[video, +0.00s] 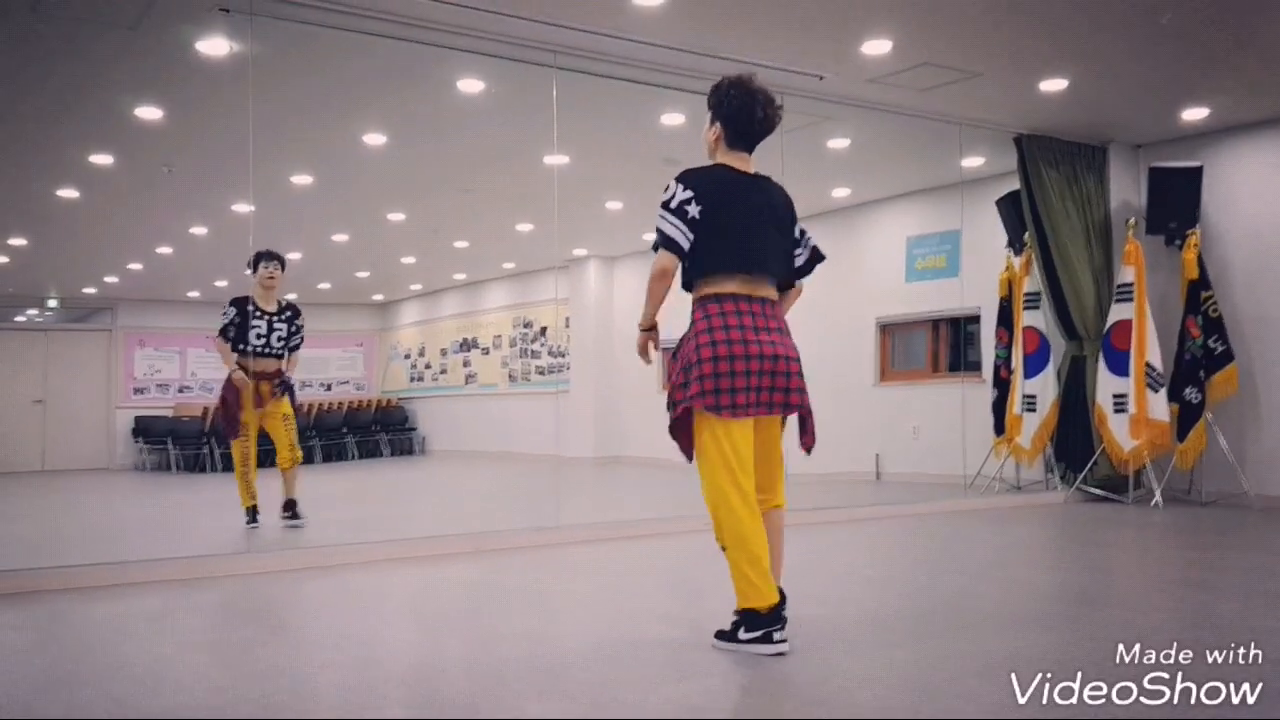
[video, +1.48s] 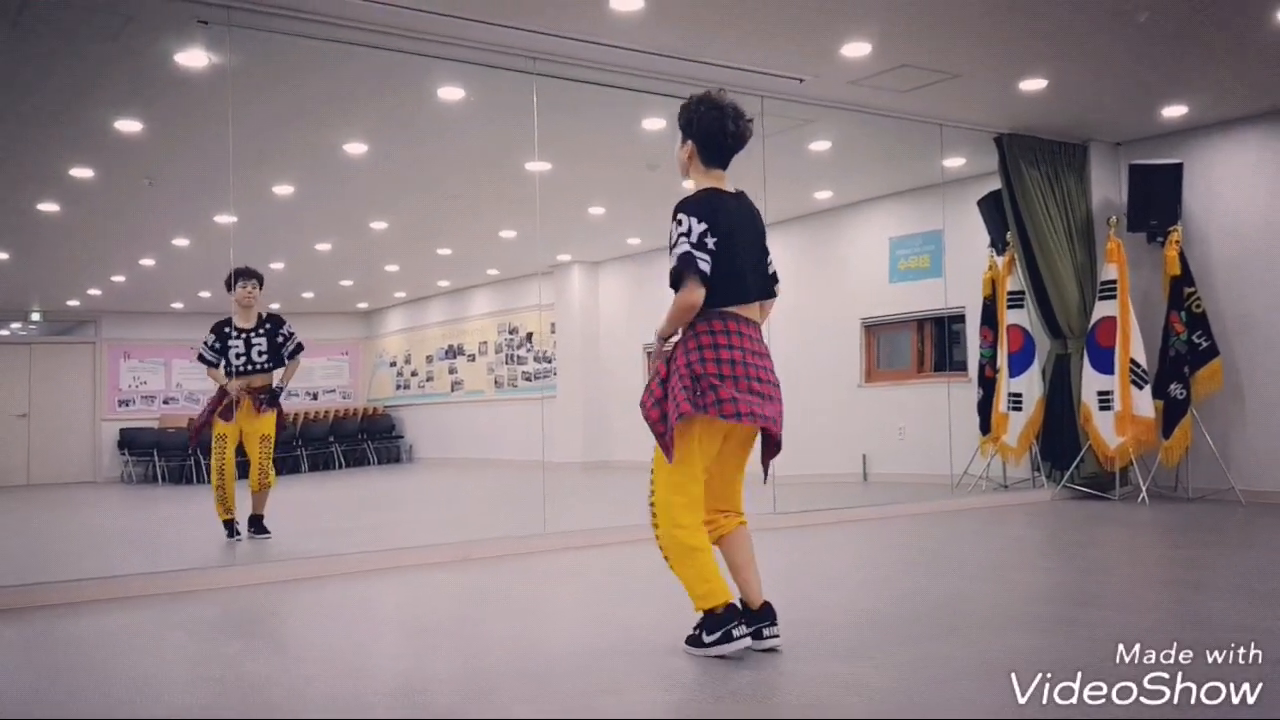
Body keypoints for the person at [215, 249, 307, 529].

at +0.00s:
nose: (271, 272)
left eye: (276, 269)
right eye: (266, 268)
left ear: (282, 276)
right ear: (254, 273)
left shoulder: (291, 312)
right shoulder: (239, 305)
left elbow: (294, 351)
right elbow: (222, 340)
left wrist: (287, 375)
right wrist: (233, 370)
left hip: (276, 385)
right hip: (243, 384)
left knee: (289, 446)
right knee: (244, 449)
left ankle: (290, 504)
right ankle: (250, 507)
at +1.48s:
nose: (248, 292)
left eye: (253, 288)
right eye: (242, 287)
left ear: (260, 293)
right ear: (232, 293)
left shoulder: (274, 324)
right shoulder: (221, 329)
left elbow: (294, 356)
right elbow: (208, 364)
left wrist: (279, 389)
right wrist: (226, 382)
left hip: (262, 401)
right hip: (228, 403)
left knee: (262, 464)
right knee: (222, 464)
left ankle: (257, 519)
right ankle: (228, 521)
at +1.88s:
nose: (225, 283)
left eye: (227, 278)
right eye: (218, 278)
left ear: (231, 284)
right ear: (202, 283)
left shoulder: (233, 319)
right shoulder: (188, 315)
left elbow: (239, 361)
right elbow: (172, 354)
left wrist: (243, 389)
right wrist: (186, 391)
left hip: (234, 392)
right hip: (203, 392)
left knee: (230, 457)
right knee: (203, 459)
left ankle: (222, 516)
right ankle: (195, 517)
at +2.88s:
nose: (220, 278)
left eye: (224, 274)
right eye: (214, 273)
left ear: (230, 279)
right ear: (202, 278)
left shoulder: (240, 313)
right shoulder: (187, 313)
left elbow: (254, 348)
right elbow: (178, 354)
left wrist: (248, 375)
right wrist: (193, 385)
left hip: (237, 386)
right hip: (204, 386)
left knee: (235, 450)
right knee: (198, 452)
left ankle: (221, 506)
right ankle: (195, 508)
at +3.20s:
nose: (222, 272)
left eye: (227, 268)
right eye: (216, 267)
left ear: (232, 273)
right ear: (203, 272)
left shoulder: (233, 308)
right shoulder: (192, 302)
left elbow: (236, 350)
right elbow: (174, 341)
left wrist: (240, 379)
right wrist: (180, 380)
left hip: (230, 379)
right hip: (201, 378)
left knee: (235, 448)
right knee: (210, 451)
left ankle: (225, 501)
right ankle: (196, 504)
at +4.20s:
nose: (262, 250)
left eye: (266, 246)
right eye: (255, 246)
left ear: (271, 254)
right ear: (242, 254)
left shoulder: (279, 287)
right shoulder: (231, 286)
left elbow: (288, 325)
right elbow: (217, 326)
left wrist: (291, 354)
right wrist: (230, 362)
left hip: (279, 359)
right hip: (249, 360)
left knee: (276, 426)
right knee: (250, 429)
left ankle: (267, 482)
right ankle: (239, 483)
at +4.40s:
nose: (259, 256)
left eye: (263, 252)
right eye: (252, 252)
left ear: (268, 258)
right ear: (239, 258)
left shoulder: (268, 293)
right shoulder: (230, 287)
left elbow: (272, 335)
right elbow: (213, 325)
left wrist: (280, 357)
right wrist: (222, 364)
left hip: (270, 363)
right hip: (243, 363)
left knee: (274, 431)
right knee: (254, 435)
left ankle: (266, 485)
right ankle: (239, 488)